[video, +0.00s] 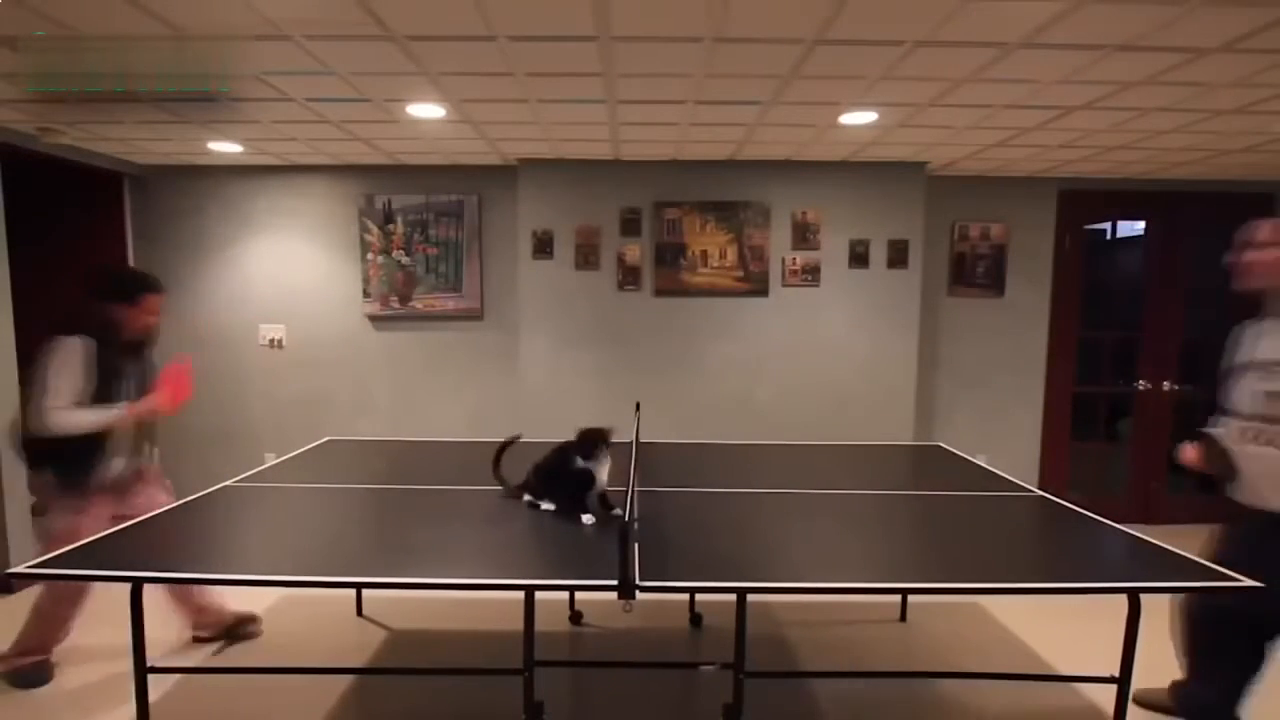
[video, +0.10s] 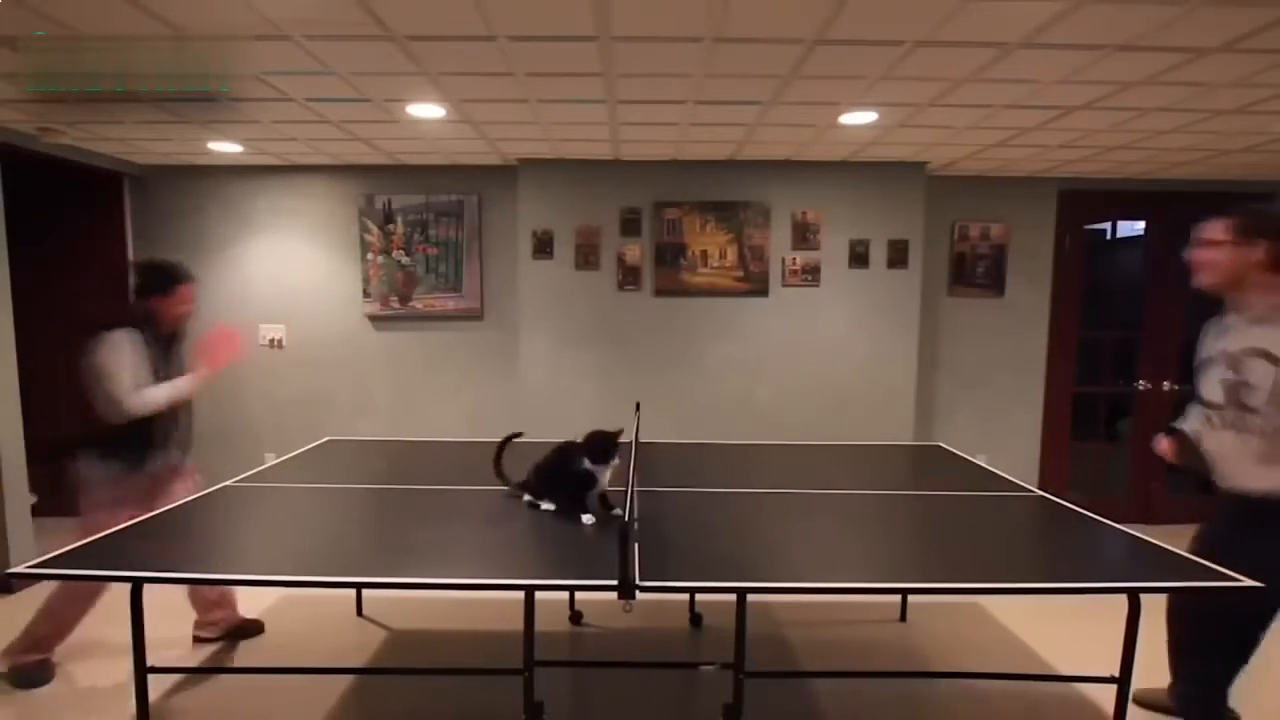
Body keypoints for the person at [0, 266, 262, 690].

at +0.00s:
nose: (154, 322)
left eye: (157, 313)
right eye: (147, 312)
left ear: (149, 313)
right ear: (118, 309)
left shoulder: (139, 357)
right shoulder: (72, 350)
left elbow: (130, 415)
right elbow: (49, 420)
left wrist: (160, 400)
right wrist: (132, 410)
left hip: (126, 480)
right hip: (73, 488)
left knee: (167, 539)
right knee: (72, 572)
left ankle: (208, 617)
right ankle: (27, 654)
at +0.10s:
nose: (188, 310)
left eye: (190, 302)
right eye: (181, 301)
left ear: (175, 303)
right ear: (153, 301)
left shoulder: (171, 347)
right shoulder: (118, 345)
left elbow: (166, 405)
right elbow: (125, 404)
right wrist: (196, 376)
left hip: (164, 469)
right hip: (113, 474)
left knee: (198, 532)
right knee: (98, 562)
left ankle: (217, 617)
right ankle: (29, 651)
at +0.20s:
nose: (224, 304)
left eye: (225, 294)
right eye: (218, 293)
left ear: (206, 294)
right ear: (194, 291)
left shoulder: (199, 335)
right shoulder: (158, 331)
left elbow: (189, 406)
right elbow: (197, 377)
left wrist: (197, 461)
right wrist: (256, 356)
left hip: (182, 459)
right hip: (137, 458)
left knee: (206, 533)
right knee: (124, 554)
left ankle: (217, 617)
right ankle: (40, 643)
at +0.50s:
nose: (253, 310)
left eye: (255, 303)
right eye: (248, 301)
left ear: (228, 300)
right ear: (219, 295)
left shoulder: (217, 336)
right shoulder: (177, 329)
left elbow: (208, 399)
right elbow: (168, 399)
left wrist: (203, 454)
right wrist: (240, 401)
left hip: (187, 449)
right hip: (145, 448)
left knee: (209, 528)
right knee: (182, 536)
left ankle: (215, 618)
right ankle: (88, 618)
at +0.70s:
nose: (208, 310)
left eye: (210, 302)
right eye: (202, 301)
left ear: (186, 301)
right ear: (172, 298)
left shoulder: (182, 340)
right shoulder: (130, 338)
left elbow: (179, 408)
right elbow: (111, 411)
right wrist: (192, 422)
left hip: (161, 463)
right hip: (113, 469)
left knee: (186, 536)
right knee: (129, 558)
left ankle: (213, 618)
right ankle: (97, 661)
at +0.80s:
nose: (187, 305)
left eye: (188, 296)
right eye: (181, 296)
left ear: (158, 297)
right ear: (152, 294)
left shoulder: (151, 338)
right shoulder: (107, 335)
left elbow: (139, 410)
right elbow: (84, 410)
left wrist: (188, 418)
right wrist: (162, 422)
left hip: (126, 465)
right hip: (83, 469)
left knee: (149, 544)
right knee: (103, 560)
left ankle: (162, 626)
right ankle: (97, 660)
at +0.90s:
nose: (170, 304)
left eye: (172, 295)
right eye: (164, 294)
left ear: (142, 295)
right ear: (133, 292)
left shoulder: (134, 338)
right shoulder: (86, 333)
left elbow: (126, 412)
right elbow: (64, 409)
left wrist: (134, 467)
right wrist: (146, 420)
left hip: (104, 466)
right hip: (62, 468)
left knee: (113, 555)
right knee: (92, 560)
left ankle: (56, 646)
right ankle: (95, 661)